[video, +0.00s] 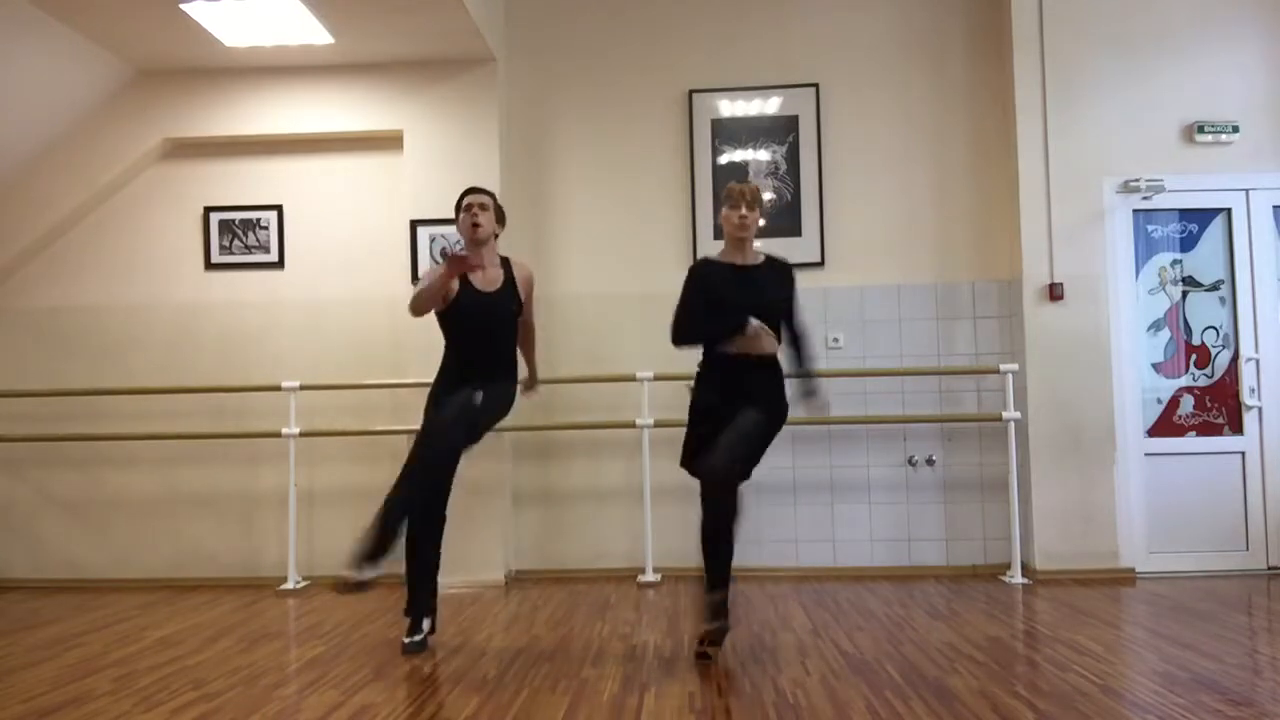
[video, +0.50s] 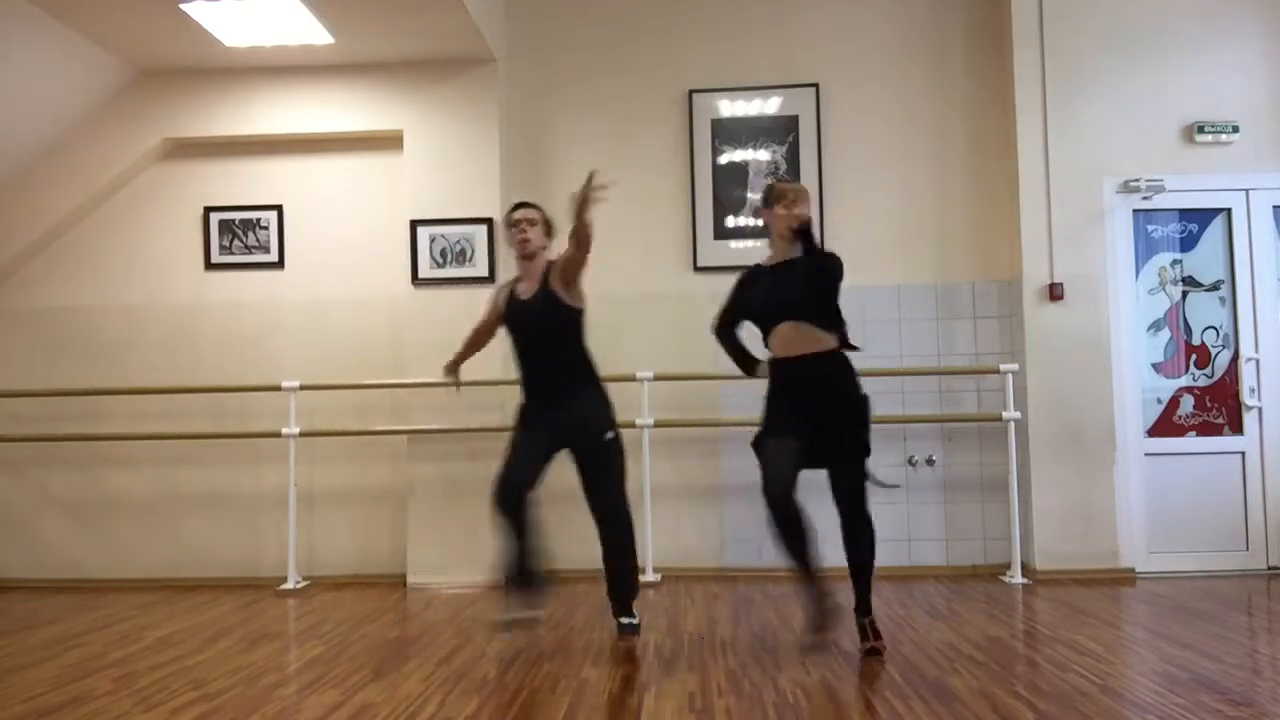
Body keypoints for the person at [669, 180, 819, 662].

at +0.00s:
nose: (742, 214)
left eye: (750, 208)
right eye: (734, 206)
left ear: (760, 217)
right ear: (719, 215)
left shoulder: (778, 271)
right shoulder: (704, 271)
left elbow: (790, 328)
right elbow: (681, 334)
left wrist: (807, 378)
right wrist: (737, 329)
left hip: (763, 395)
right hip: (715, 394)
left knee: (720, 470)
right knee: (715, 500)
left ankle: (717, 598)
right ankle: (715, 615)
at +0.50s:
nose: (795, 211)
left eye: (801, 204)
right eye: (785, 203)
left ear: (809, 216)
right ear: (766, 216)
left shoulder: (825, 265)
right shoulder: (754, 278)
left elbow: (826, 279)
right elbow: (723, 327)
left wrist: (806, 232)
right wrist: (751, 365)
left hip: (836, 388)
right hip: (787, 391)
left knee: (851, 502)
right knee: (777, 492)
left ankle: (864, 612)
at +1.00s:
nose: (841, 218)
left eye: (845, 213)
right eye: (830, 211)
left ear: (851, 223)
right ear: (807, 222)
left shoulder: (865, 271)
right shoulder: (790, 283)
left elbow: (855, 315)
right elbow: (767, 338)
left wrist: (805, 269)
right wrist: (795, 373)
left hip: (884, 395)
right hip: (833, 402)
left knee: (878, 514)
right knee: (870, 514)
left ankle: (866, 616)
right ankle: (932, 605)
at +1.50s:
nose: (840, 221)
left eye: (850, 212)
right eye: (836, 214)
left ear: (876, 216)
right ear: (834, 220)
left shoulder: (902, 273)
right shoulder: (823, 274)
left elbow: (953, 322)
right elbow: (784, 312)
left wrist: (1012, 319)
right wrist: (776, 332)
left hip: (877, 392)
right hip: (826, 389)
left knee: (868, 506)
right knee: (805, 482)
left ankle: (868, 614)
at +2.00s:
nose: (824, 225)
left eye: (833, 215)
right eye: (821, 217)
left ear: (859, 218)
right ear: (820, 223)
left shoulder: (896, 262)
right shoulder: (820, 275)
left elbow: (949, 291)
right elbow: (782, 297)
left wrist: (963, 289)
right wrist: (740, 297)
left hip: (883, 394)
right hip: (830, 388)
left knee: (868, 513)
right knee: (781, 472)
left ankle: (855, 616)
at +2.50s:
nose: (789, 236)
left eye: (799, 228)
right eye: (788, 229)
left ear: (828, 235)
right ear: (793, 239)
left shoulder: (857, 286)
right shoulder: (781, 292)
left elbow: (898, 330)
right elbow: (796, 338)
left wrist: (878, 371)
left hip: (865, 404)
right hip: (817, 413)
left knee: (856, 522)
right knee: (849, 528)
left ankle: (850, 617)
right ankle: (928, 600)